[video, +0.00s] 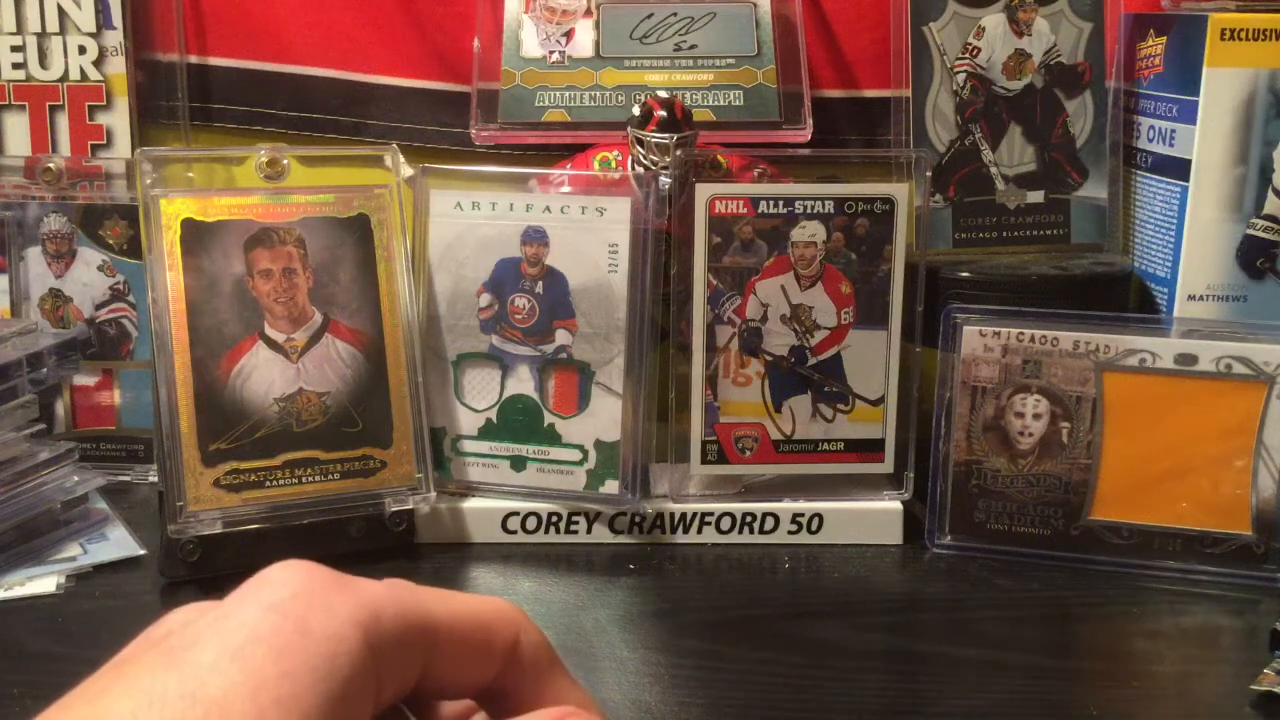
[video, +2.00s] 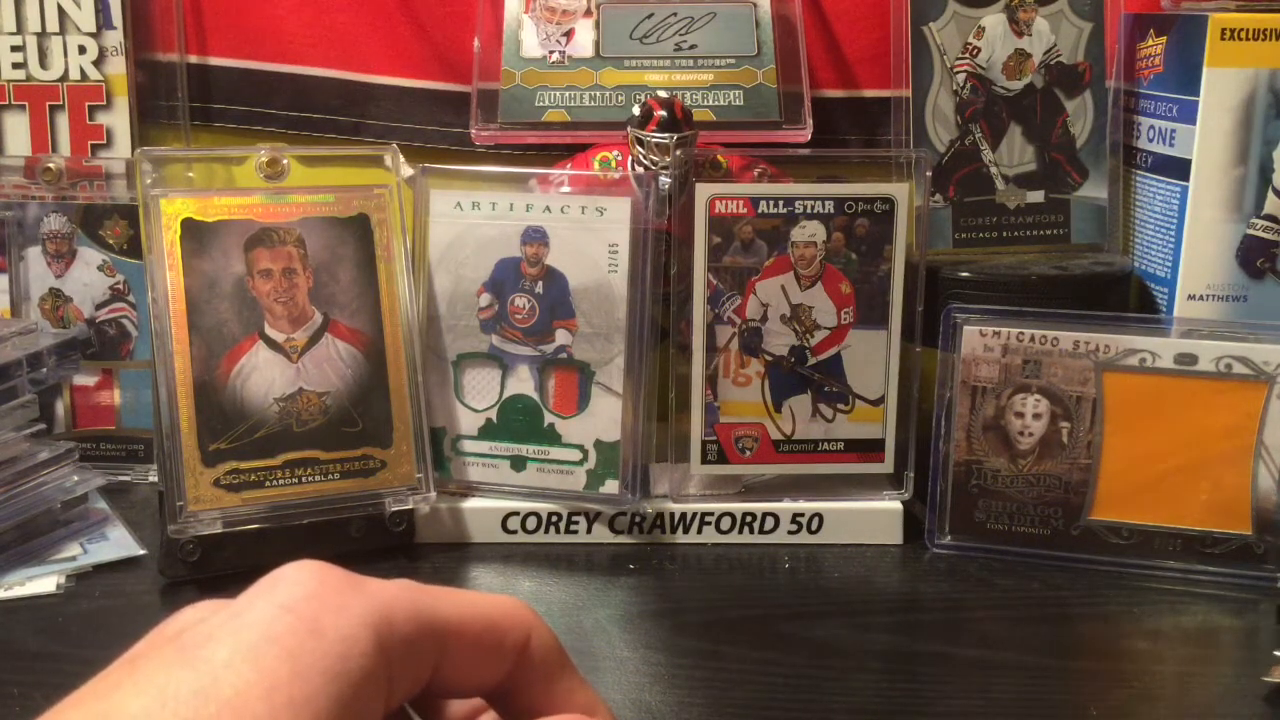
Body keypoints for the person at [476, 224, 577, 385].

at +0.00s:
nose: (535, 252)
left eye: (540, 247)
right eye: (530, 246)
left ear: (547, 250)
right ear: (522, 248)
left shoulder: (557, 280)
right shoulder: (504, 268)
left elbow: (564, 321)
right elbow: (487, 293)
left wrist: (562, 349)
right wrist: (487, 318)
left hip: (543, 353)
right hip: (504, 349)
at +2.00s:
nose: (535, 251)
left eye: (540, 246)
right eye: (530, 246)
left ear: (547, 250)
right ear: (522, 248)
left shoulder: (557, 280)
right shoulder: (504, 268)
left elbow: (565, 321)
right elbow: (486, 292)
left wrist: (562, 349)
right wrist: (487, 317)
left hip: (541, 354)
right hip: (503, 350)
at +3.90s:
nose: (535, 251)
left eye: (540, 247)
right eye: (530, 246)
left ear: (546, 251)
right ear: (522, 248)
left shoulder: (556, 279)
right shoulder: (505, 268)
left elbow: (565, 320)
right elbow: (487, 291)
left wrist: (562, 348)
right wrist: (486, 313)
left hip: (542, 352)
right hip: (503, 347)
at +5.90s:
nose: (535, 251)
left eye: (540, 246)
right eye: (530, 246)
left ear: (546, 250)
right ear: (522, 248)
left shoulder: (557, 280)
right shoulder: (504, 267)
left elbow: (565, 321)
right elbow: (487, 292)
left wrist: (562, 350)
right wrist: (487, 319)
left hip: (541, 353)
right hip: (502, 348)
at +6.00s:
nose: (534, 251)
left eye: (540, 246)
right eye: (530, 246)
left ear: (546, 250)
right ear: (522, 248)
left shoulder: (557, 280)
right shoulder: (504, 267)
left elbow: (565, 321)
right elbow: (487, 291)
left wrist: (562, 350)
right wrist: (486, 317)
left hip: (541, 353)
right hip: (502, 348)